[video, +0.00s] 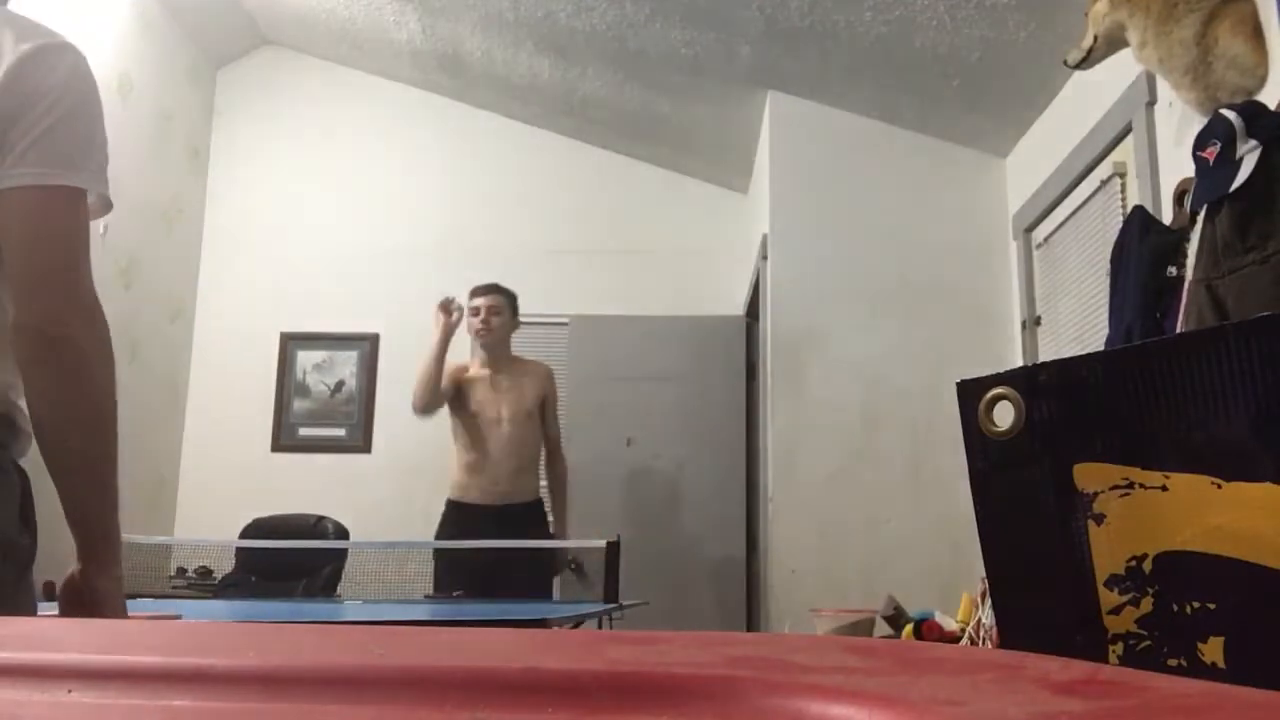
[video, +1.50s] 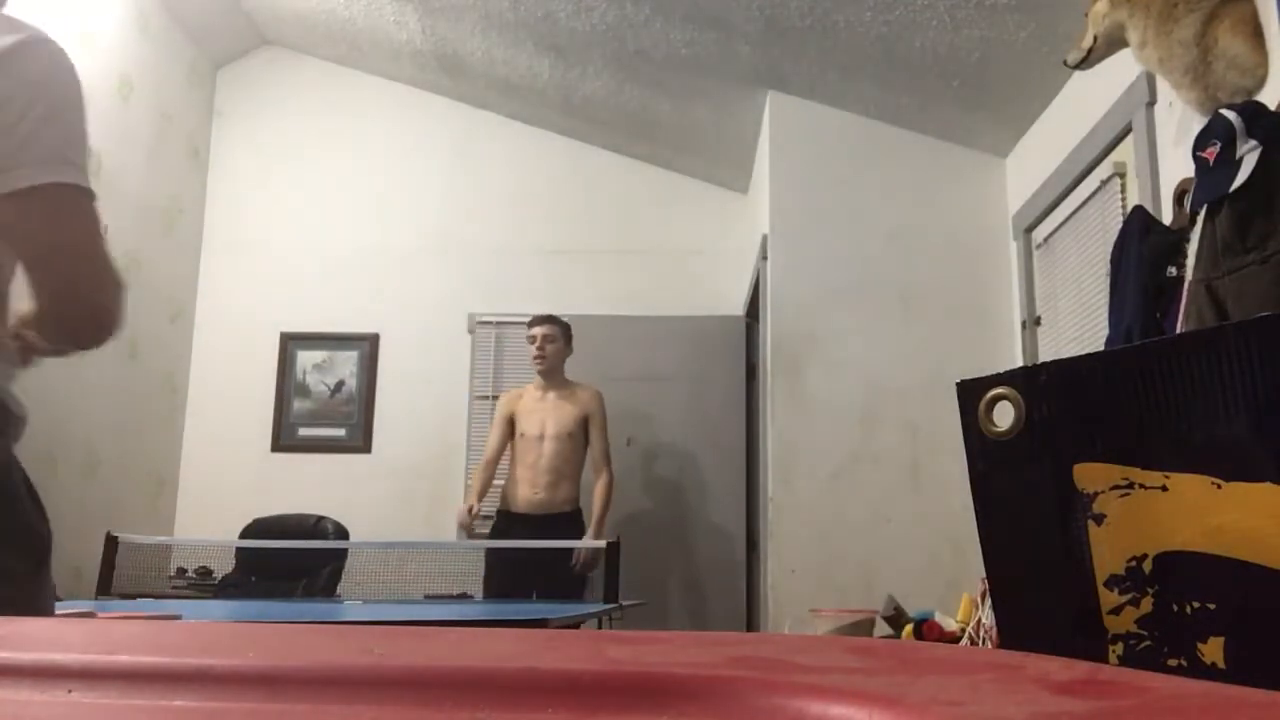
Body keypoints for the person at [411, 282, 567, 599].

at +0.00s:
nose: (483, 319)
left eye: (494, 311)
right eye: (475, 312)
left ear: (514, 323)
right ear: (467, 323)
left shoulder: (538, 375)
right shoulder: (457, 375)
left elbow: (554, 454)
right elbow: (422, 404)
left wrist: (560, 534)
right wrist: (443, 334)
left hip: (524, 521)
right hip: (465, 521)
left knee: (526, 636)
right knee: (455, 634)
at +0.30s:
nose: (484, 323)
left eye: (496, 316)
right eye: (477, 317)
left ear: (517, 328)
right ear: (468, 328)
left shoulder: (538, 379)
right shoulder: (460, 377)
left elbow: (555, 458)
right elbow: (437, 349)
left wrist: (564, 533)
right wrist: (428, 307)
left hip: (522, 523)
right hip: (463, 523)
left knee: (528, 638)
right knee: (453, 638)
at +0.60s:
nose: (514, 336)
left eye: (525, 328)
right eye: (508, 329)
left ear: (547, 336)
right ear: (504, 337)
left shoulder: (571, 393)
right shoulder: (490, 393)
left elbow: (581, 469)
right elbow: (461, 464)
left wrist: (583, 539)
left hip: (547, 530)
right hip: (491, 527)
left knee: (544, 639)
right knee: (476, 633)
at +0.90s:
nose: (533, 342)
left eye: (544, 334)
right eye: (528, 336)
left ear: (567, 341)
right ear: (524, 343)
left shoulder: (593, 395)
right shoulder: (511, 400)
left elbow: (613, 469)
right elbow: (509, 470)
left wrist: (620, 546)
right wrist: (512, 520)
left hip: (570, 529)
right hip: (515, 528)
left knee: (566, 636)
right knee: (501, 634)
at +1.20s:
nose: (546, 344)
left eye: (556, 337)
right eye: (540, 338)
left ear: (577, 345)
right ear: (536, 346)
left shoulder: (600, 397)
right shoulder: (520, 402)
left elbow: (621, 470)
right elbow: (506, 475)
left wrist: (622, 536)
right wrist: (489, 537)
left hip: (574, 529)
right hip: (520, 527)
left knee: (568, 635)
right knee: (508, 633)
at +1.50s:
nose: (538, 347)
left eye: (548, 340)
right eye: (533, 341)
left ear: (568, 349)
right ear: (528, 348)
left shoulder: (587, 400)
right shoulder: (511, 400)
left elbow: (602, 473)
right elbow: (489, 463)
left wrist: (594, 534)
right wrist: (474, 499)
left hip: (562, 527)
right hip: (510, 526)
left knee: (563, 630)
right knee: (500, 626)